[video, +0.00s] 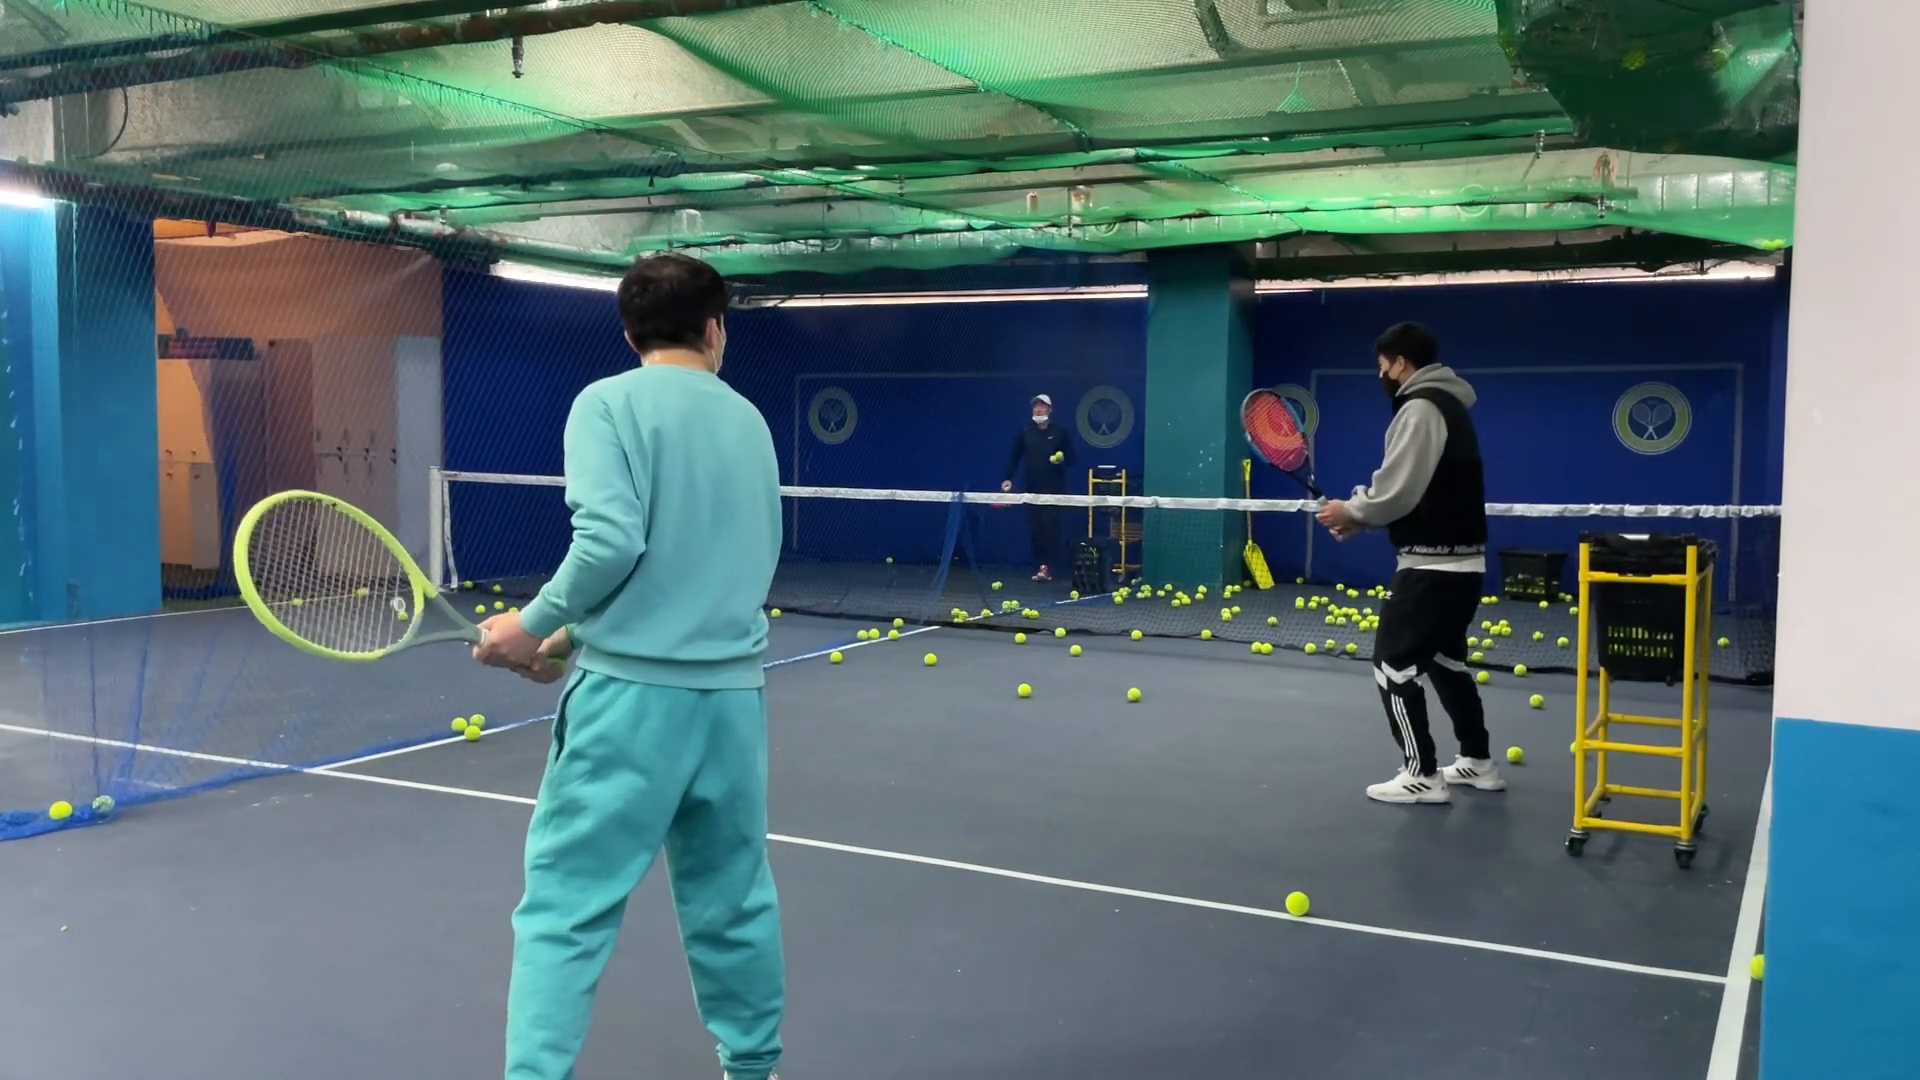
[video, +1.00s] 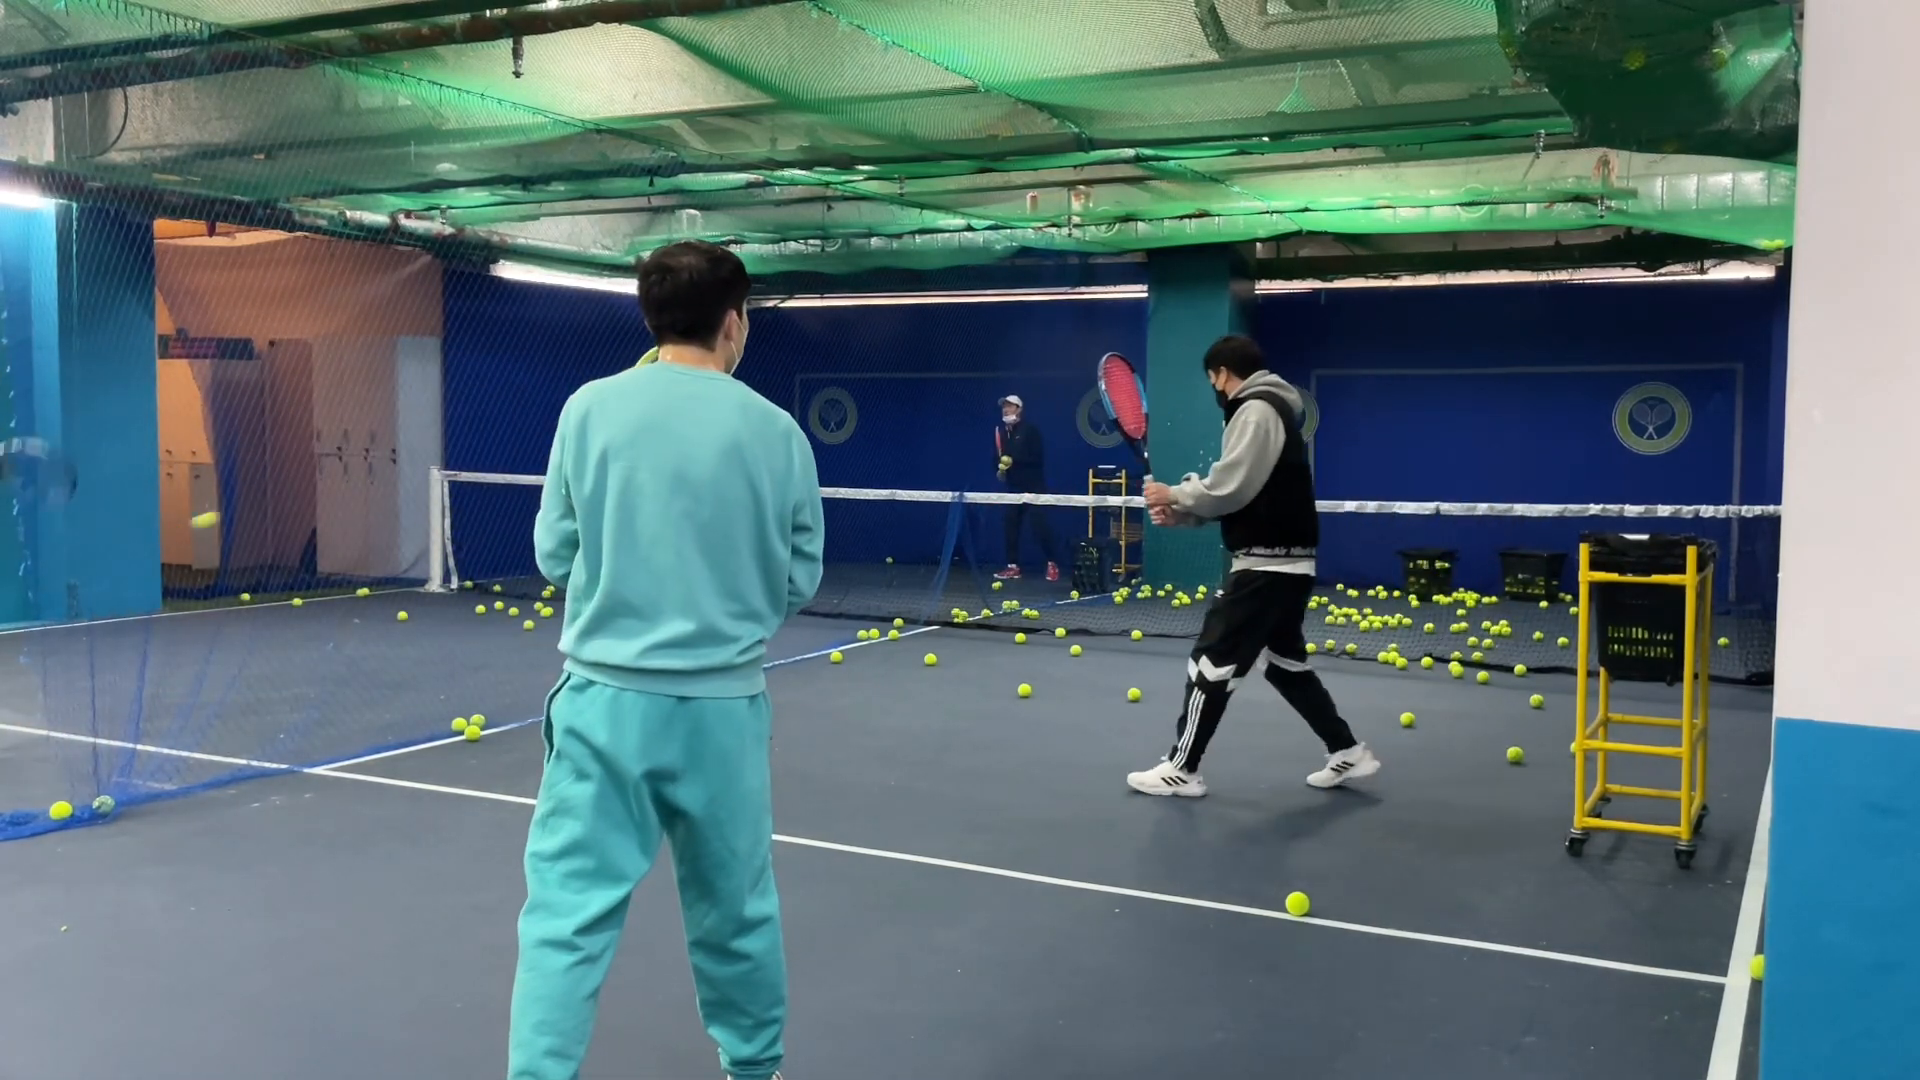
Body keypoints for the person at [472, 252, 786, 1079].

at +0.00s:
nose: (727, 337)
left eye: (722, 324)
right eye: (726, 325)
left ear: (635, 331)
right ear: (712, 330)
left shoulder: (607, 404)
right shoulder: (750, 423)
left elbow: (612, 540)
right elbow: (726, 565)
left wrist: (528, 623)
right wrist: (572, 635)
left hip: (627, 701)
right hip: (734, 703)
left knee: (566, 911)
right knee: (733, 896)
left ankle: (536, 1069)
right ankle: (754, 1064)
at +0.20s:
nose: (729, 333)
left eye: (725, 320)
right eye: (727, 320)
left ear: (635, 330)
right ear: (714, 326)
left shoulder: (604, 406)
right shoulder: (757, 422)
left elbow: (595, 544)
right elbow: (740, 575)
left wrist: (518, 594)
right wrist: (582, 621)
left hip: (621, 703)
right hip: (731, 706)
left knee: (567, 911)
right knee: (734, 899)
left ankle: (539, 1069)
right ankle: (754, 1064)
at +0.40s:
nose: (734, 328)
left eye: (730, 315)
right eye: (732, 315)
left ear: (639, 327)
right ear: (718, 323)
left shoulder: (597, 407)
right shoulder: (763, 424)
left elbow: (566, 556)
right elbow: (764, 560)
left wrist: (535, 570)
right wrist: (585, 587)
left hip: (616, 704)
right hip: (731, 707)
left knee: (569, 909)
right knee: (733, 898)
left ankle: (539, 1068)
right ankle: (751, 1064)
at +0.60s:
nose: (738, 327)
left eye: (735, 314)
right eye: (737, 314)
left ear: (642, 325)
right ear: (723, 322)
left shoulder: (592, 410)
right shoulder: (768, 426)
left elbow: (556, 554)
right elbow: (781, 555)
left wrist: (607, 506)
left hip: (614, 705)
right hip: (730, 707)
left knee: (571, 909)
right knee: (736, 902)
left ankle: (541, 1070)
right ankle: (751, 1065)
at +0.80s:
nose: (743, 326)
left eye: (739, 314)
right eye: (741, 314)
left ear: (646, 322)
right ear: (729, 321)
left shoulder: (592, 409)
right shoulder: (775, 428)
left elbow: (560, 550)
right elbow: (800, 570)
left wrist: (646, 569)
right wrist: (720, 590)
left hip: (608, 707)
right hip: (728, 711)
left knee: (569, 912)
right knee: (737, 907)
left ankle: (539, 1070)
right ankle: (754, 1064)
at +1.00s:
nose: (748, 328)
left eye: (744, 314)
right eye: (746, 314)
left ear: (650, 321)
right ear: (730, 321)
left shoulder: (590, 410)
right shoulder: (776, 431)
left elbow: (555, 549)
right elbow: (800, 573)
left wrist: (632, 586)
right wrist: (725, 611)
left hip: (603, 708)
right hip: (724, 713)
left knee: (566, 914)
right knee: (736, 909)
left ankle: (537, 1070)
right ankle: (753, 1064)